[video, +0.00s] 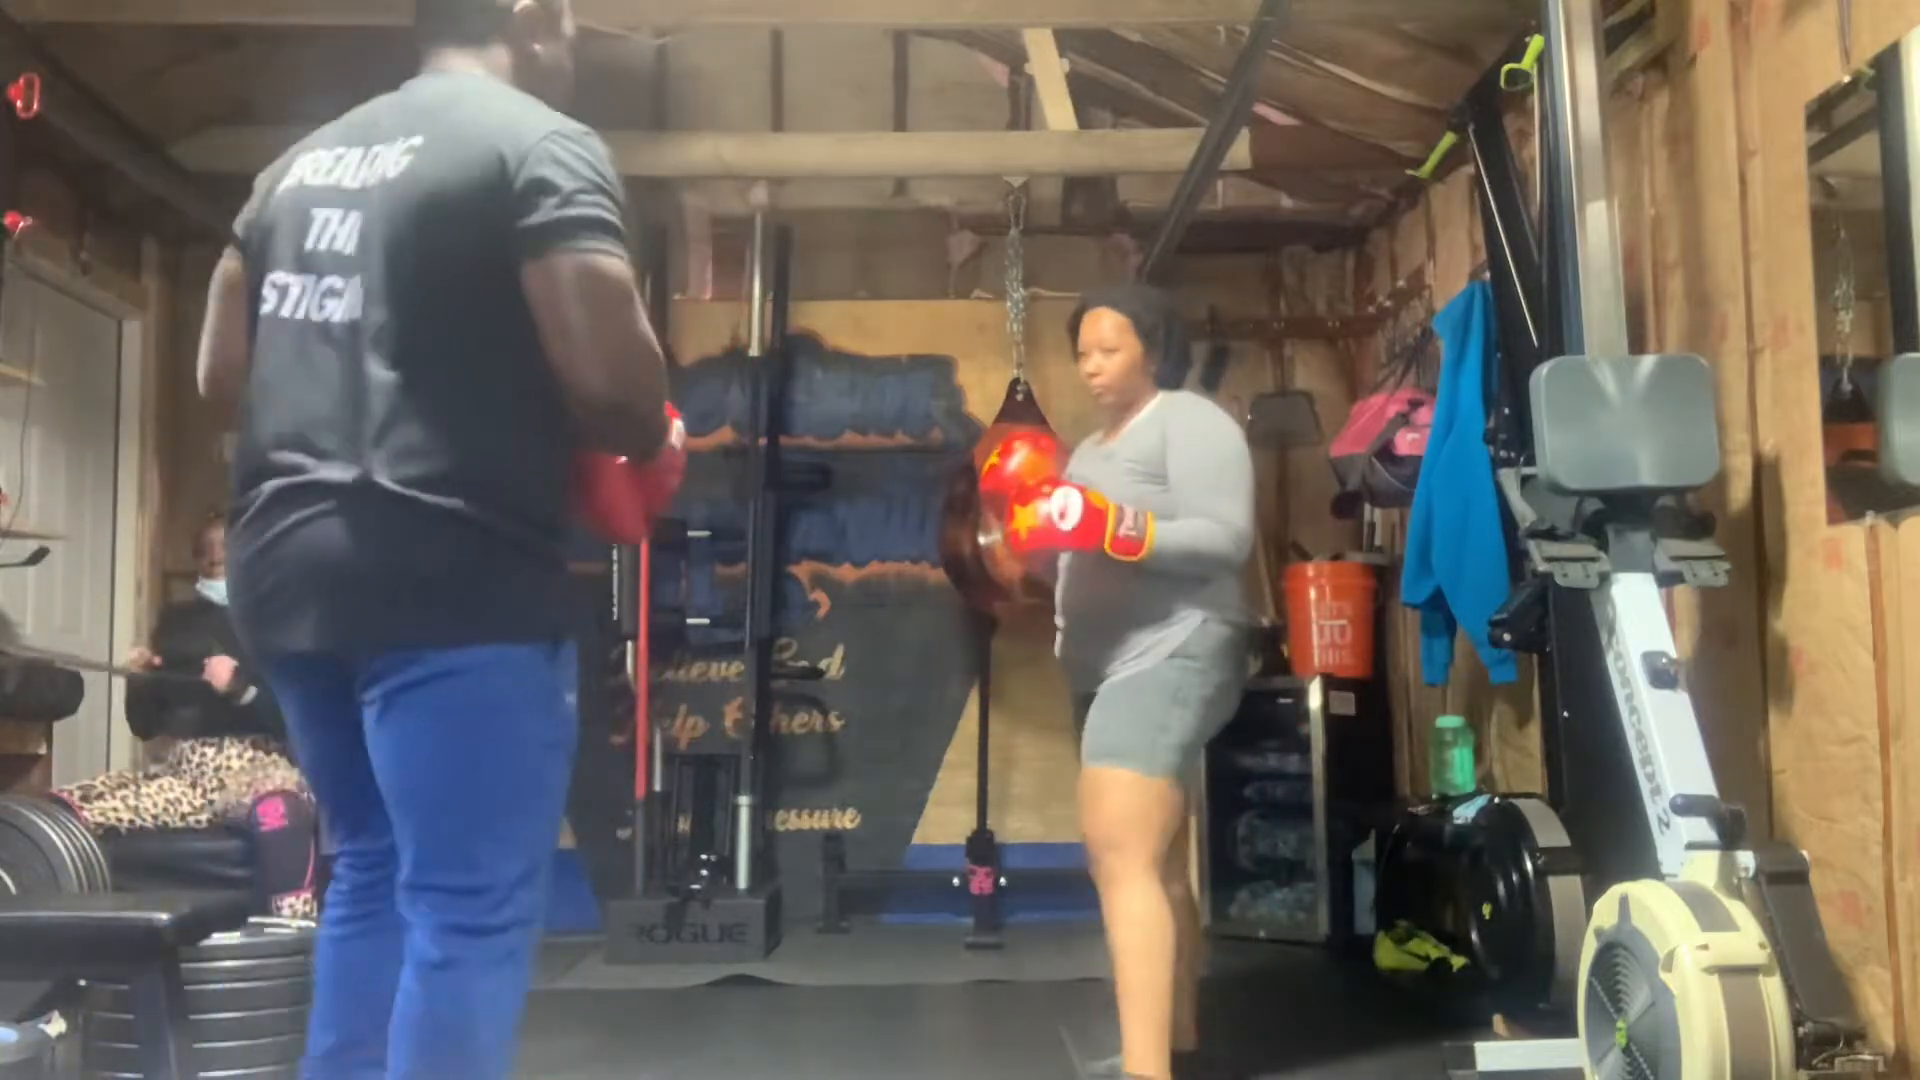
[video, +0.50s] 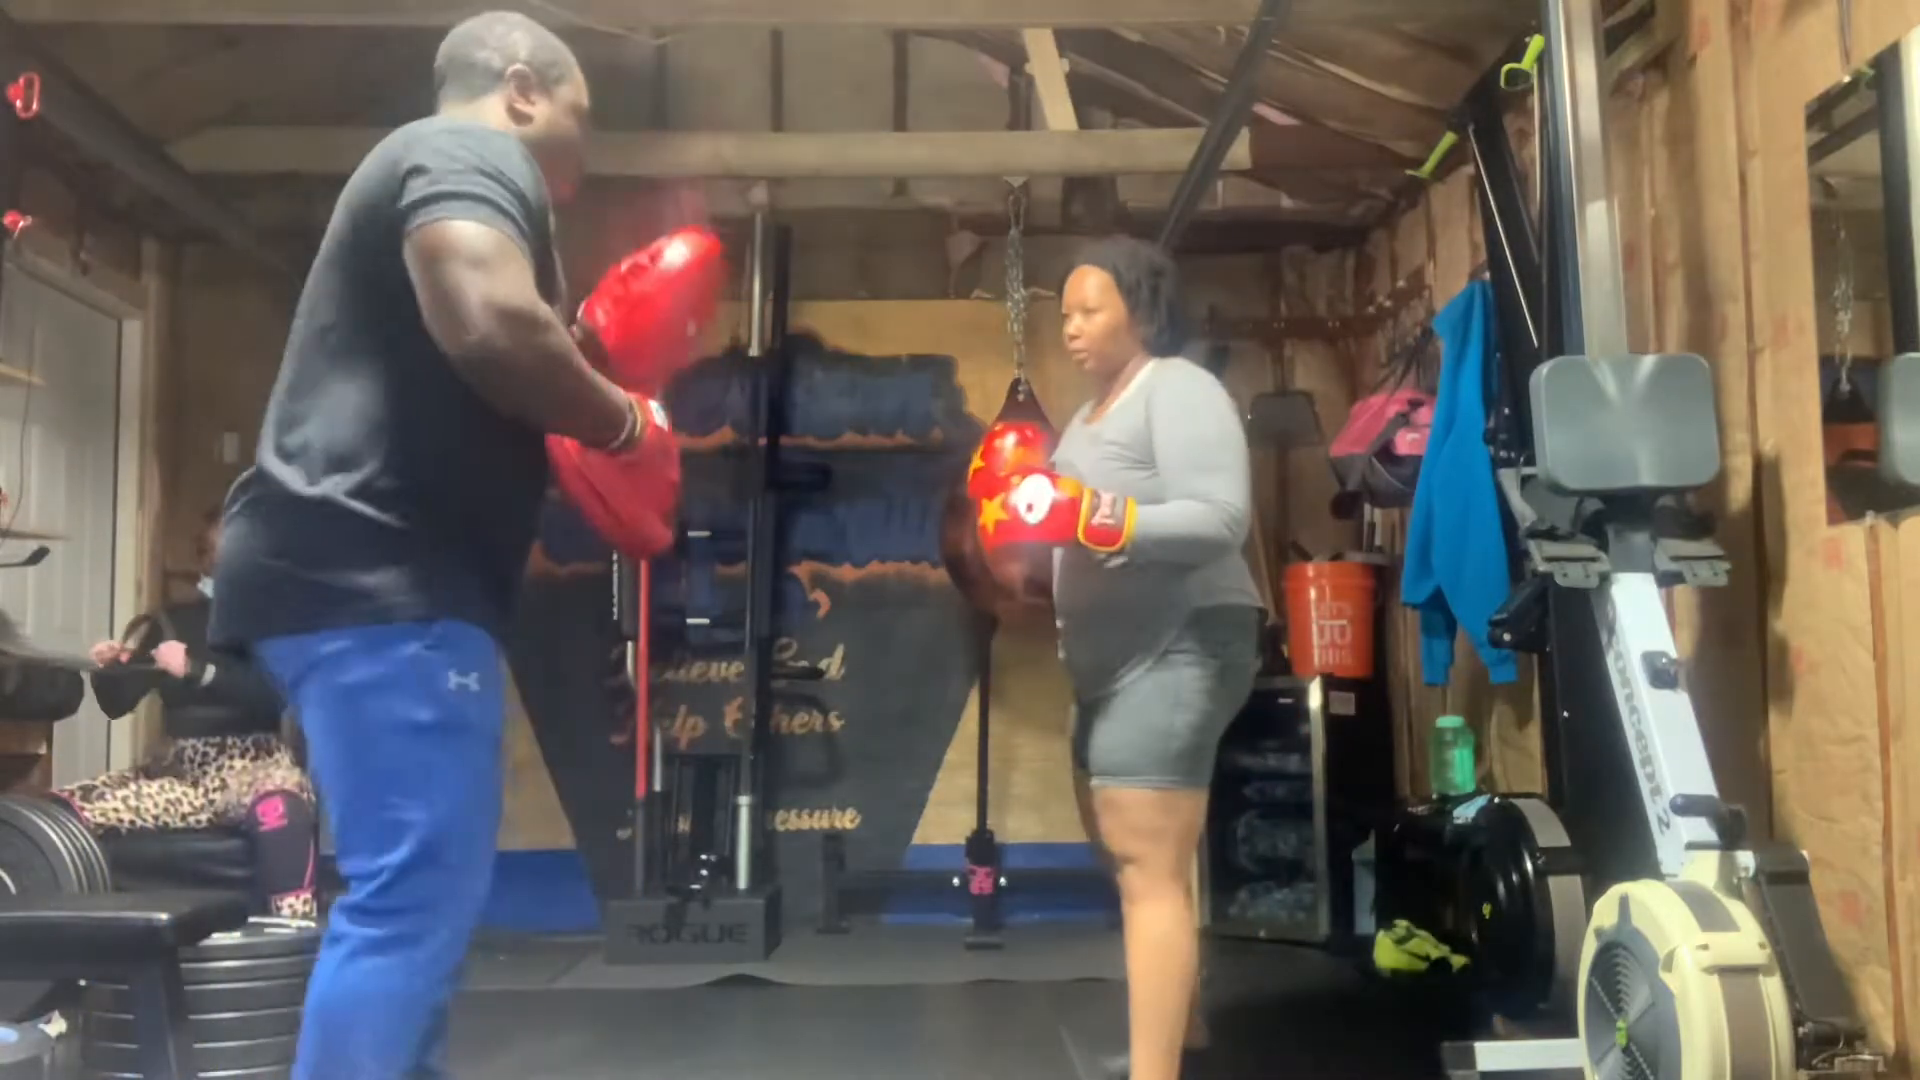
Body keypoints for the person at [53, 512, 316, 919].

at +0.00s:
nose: (218, 567)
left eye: (226, 557)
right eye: (210, 558)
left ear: (244, 559)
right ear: (198, 562)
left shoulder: (270, 615)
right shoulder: (178, 619)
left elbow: (294, 718)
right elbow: (146, 726)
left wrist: (243, 688)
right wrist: (139, 680)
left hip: (258, 763)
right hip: (178, 766)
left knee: (282, 810)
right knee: (62, 808)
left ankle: (292, 932)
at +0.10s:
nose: (215, 560)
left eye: (226, 551)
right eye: (206, 552)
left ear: (247, 555)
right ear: (197, 559)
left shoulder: (275, 614)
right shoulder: (180, 621)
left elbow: (294, 724)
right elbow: (141, 723)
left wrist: (229, 685)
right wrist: (130, 672)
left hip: (263, 767)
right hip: (185, 771)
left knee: (281, 811)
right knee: (61, 810)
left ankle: (294, 942)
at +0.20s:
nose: (214, 559)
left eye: (224, 549)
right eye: (205, 550)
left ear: (243, 554)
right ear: (195, 557)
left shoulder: (268, 612)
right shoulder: (176, 617)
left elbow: (276, 703)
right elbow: (121, 708)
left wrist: (206, 669)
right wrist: (126, 662)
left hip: (259, 767)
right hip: (180, 770)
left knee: (283, 811)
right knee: (60, 811)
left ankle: (295, 941)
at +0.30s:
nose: (218, 561)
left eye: (226, 551)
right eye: (209, 552)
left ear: (243, 553)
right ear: (198, 558)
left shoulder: (264, 610)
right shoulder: (168, 613)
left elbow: (272, 690)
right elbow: (110, 695)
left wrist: (193, 663)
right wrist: (113, 654)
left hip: (255, 767)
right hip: (178, 770)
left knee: (282, 811)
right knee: (59, 811)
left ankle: (294, 943)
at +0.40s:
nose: (217, 560)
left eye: (228, 549)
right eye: (209, 550)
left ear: (248, 554)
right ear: (199, 555)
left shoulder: (267, 611)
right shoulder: (170, 617)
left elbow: (270, 689)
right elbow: (108, 695)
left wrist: (187, 664)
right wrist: (111, 657)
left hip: (258, 765)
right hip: (180, 770)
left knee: (282, 810)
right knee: (62, 810)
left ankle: (295, 942)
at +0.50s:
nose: (223, 561)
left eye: (232, 550)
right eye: (215, 551)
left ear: (249, 555)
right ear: (202, 556)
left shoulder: (267, 614)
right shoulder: (173, 621)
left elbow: (274, 692)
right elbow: (117, 703)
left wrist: (195, 669)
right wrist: (108, 669)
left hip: (258, 766)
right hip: (177, 770)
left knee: (282, 811)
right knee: (60, 810)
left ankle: (294, 941)